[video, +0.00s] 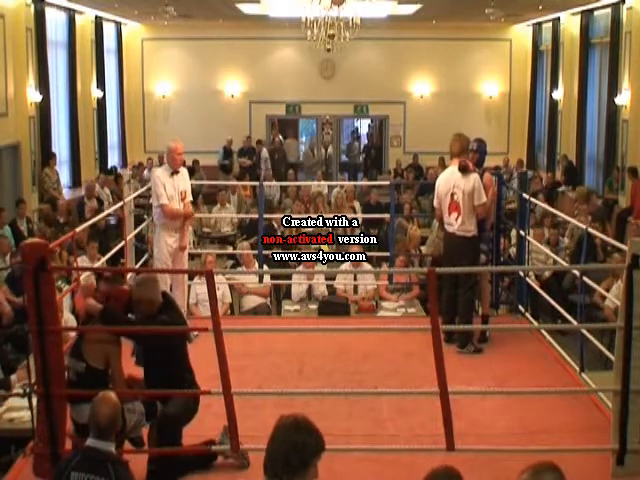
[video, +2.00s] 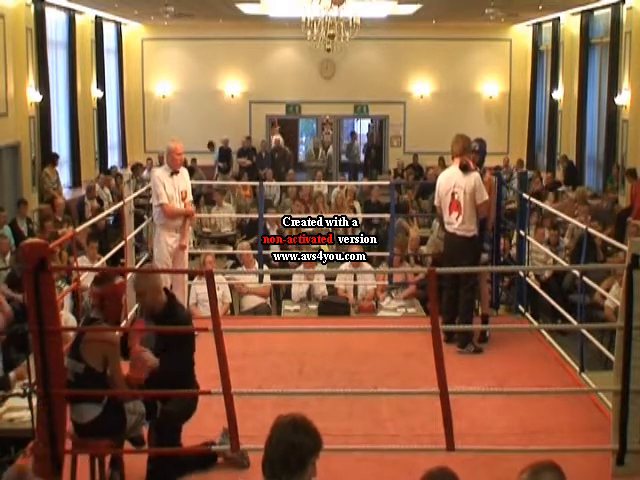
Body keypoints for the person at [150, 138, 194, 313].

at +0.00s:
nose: (181, 158)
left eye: (182, 154)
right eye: (177, 155)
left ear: (183, 156)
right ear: (167, 156)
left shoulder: (184, 172)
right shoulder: (158, 174)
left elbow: (187, 203)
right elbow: (166, 209)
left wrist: (184, 233)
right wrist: (185, 212)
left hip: (182, 226)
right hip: (165, 227)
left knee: (181, 271)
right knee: (163, 270)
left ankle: (180, 312)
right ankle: (162, 310)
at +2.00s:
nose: (180, 158)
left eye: (181, 154)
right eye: (176, 155)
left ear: (183, 156)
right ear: (167, 156)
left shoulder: (184, 173)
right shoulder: (158, 174)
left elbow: (188, 203)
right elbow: (166, 209)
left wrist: (185, 235)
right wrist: (186, 210)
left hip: (182, 228)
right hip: (165, 228)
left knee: (181, 270)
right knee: (163, 269)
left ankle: (181, 308)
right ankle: (163, 308)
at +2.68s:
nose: (180, 158)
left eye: (181, 154)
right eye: (176, 155)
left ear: (183, 156)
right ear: (167, 157)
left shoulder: (184, 173)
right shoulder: (158, 174)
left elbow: (188, 204)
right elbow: (165, 208)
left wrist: (184, 235)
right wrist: (187, 213)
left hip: (182, 228)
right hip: (165, 228)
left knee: (181, 273)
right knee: (163, 272)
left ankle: (180, 315)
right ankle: (161, 314)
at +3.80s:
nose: (184, 159)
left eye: (185, 155)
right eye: (181, 155)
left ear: (186, 156)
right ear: (171, 156)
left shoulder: (186, 174)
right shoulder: (159, 174)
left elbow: (191, 206)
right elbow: (153, 210)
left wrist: (193, 235)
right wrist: (162, 240)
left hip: (183, 227)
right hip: (165, 227)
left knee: (182, 269)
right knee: (166, 268)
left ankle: (182, 306)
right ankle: (164, 306)